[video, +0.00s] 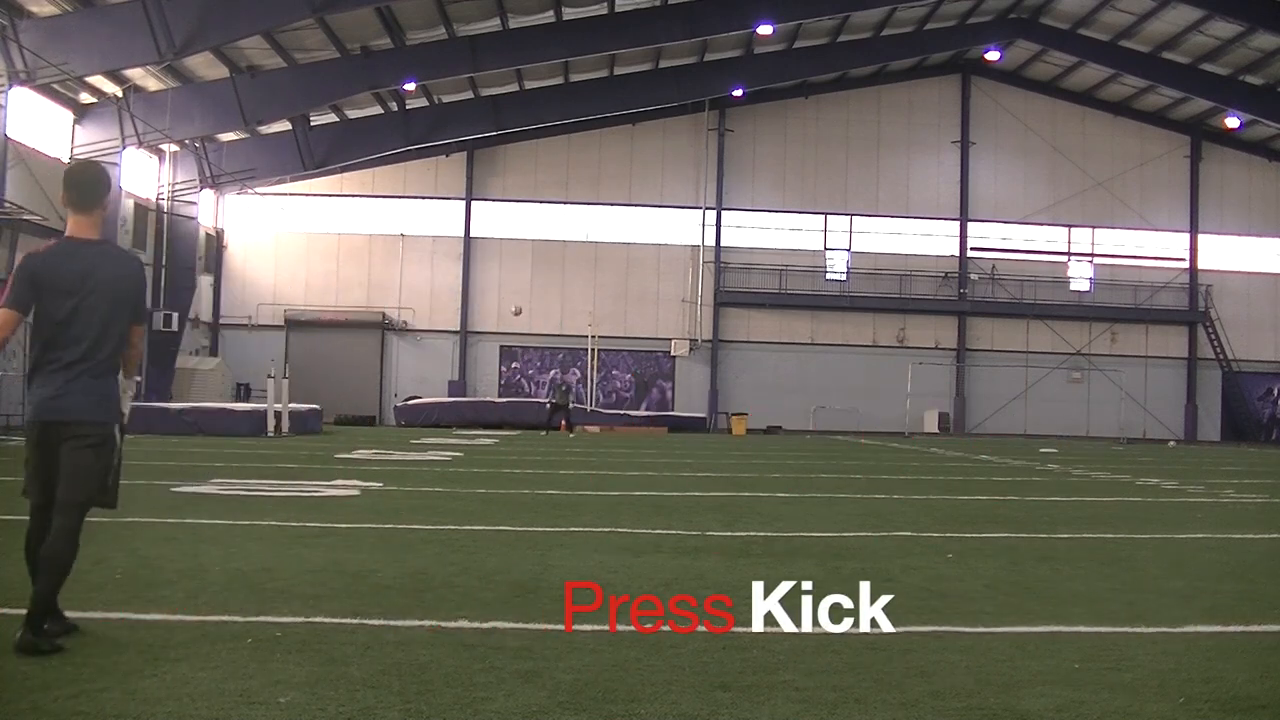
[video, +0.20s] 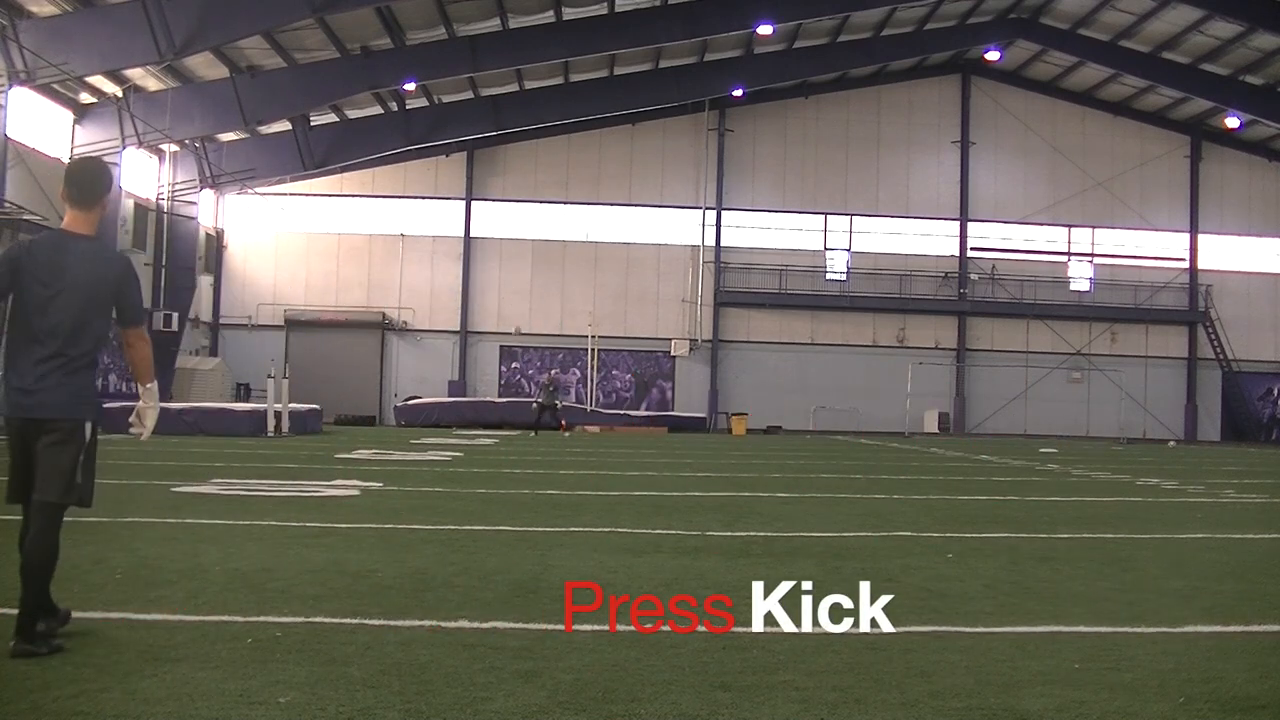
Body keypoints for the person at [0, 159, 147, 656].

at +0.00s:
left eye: (63, 198)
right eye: (103, 197)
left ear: (63, 201)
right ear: (107, 202)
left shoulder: (37, 262)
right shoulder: (130, 267)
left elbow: (4, 330)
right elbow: (133, 355)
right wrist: (118, 363)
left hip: (44, 408)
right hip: (95, 412)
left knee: (42, 511)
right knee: (68, 518)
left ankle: (48, 613)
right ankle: (34, 627)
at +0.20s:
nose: (110, 204)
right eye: (110, 197)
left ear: (62, 196)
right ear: (107, 200)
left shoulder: (25, 251)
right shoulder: (114, 263)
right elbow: (134, 338)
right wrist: (149, 396)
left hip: (18, 402)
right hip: (69, 406)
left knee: (34, 509)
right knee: (46, 515)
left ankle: (43, 609)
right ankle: (28, 630)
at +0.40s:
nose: (100, 201)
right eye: (102, 193)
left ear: (56, 190)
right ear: (100, 196)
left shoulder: (15, 245)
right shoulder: (103, 257)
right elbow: (118, 337)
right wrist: (130, 399)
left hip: (7, 401)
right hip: (55, 408)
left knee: (22, 509)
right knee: (39, 516)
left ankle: (20, 618)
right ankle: (25, 631)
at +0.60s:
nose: (87, 201)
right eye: (90, 192)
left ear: (45, 190)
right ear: (89, 195)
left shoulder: (9, 244)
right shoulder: (92, 257)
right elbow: (100, 338)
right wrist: (113, 406)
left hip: (3, 406)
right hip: (53, 412)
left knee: (5, 518)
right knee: (40, 523)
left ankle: (6, 622)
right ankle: (26, 632)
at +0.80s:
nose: (77, 199)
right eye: (78, 193)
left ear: (31, 188)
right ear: (75, 195)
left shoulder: (6, 240)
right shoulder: (79, 257)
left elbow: (83, 339)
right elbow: (83, 339)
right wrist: (100, 409)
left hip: (3, 409)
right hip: (45, 414)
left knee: (8, 521)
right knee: (38, 525)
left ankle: (22, 632)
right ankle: (26, 633)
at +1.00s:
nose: (57, 193)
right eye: (59, 185)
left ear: (10, 185)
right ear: (56, 187)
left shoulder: (3, 234)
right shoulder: (70, 249)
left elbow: (77, 332)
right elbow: (76, 330)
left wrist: (92, 401)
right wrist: (94, 402)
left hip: (4, 412)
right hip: (39, 414)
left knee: (25, 525)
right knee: (35, 526)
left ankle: (25, 631)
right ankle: (26, 632)